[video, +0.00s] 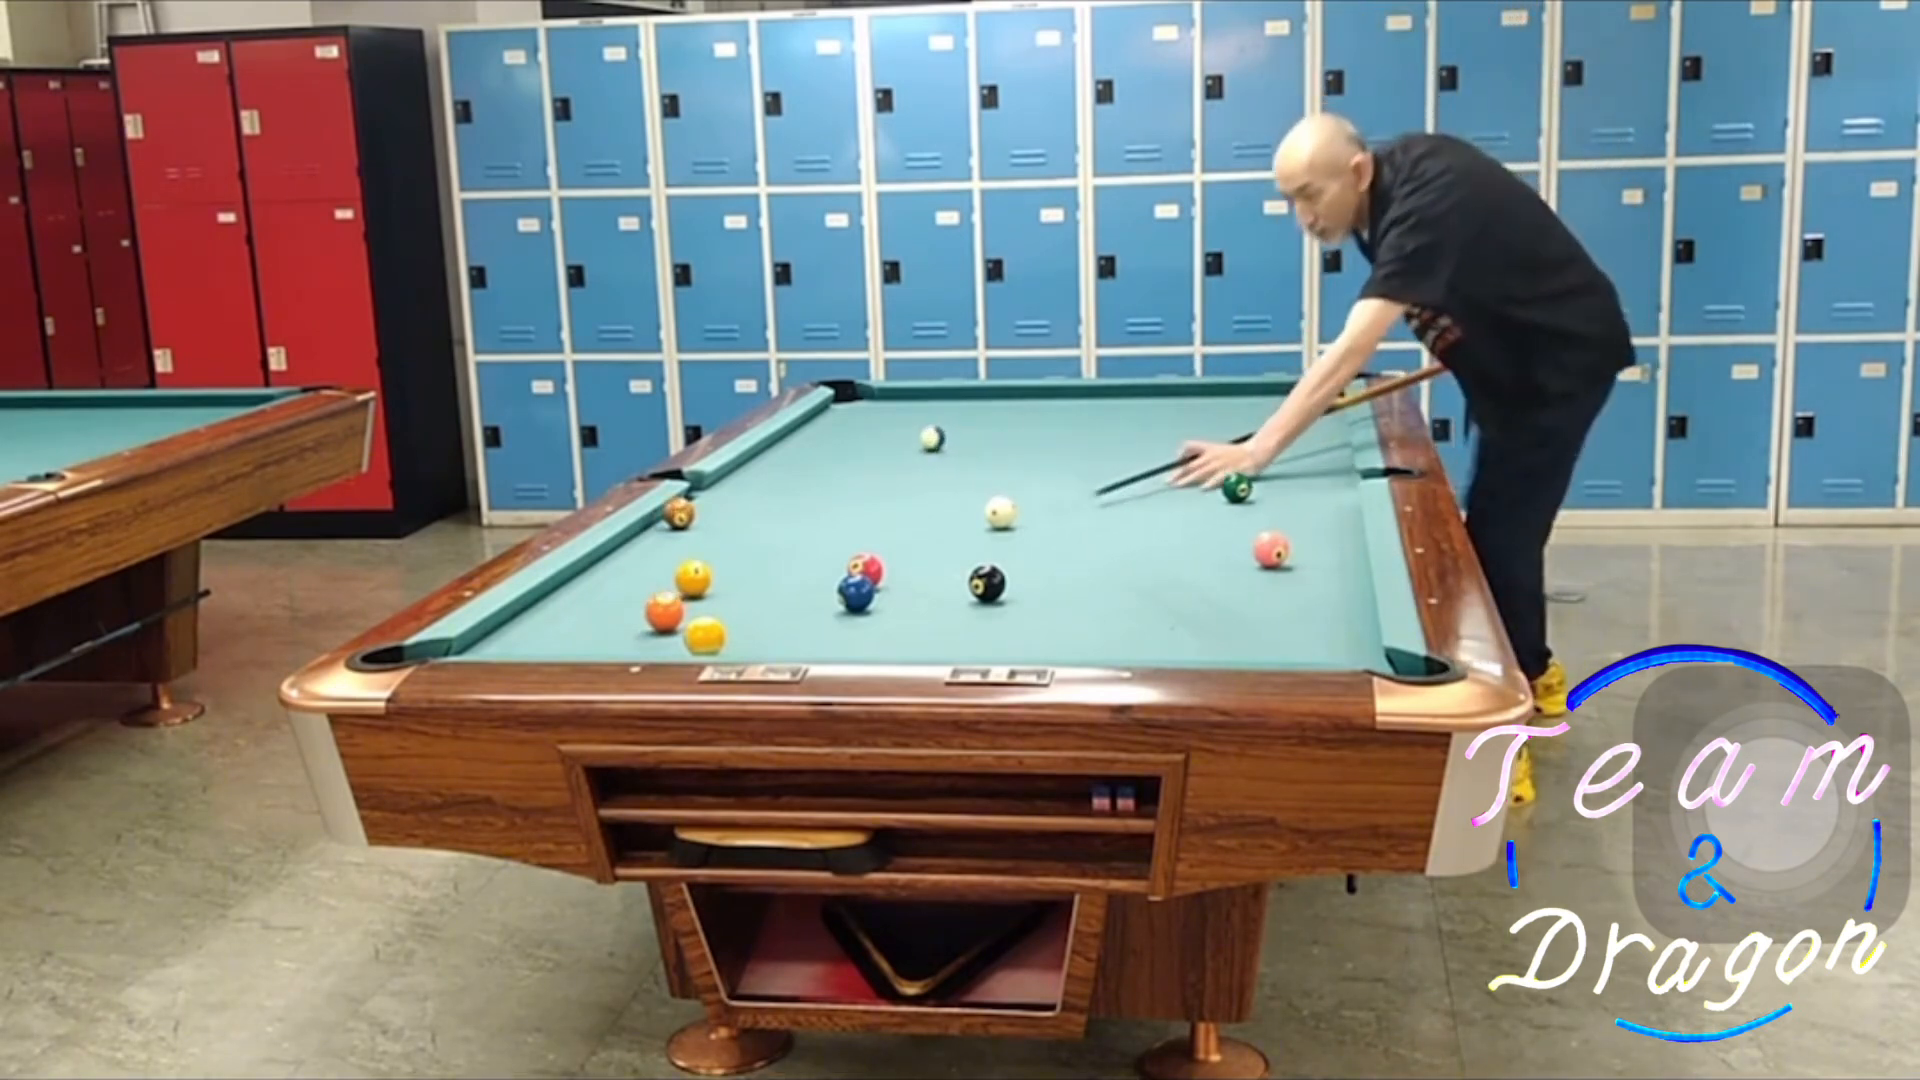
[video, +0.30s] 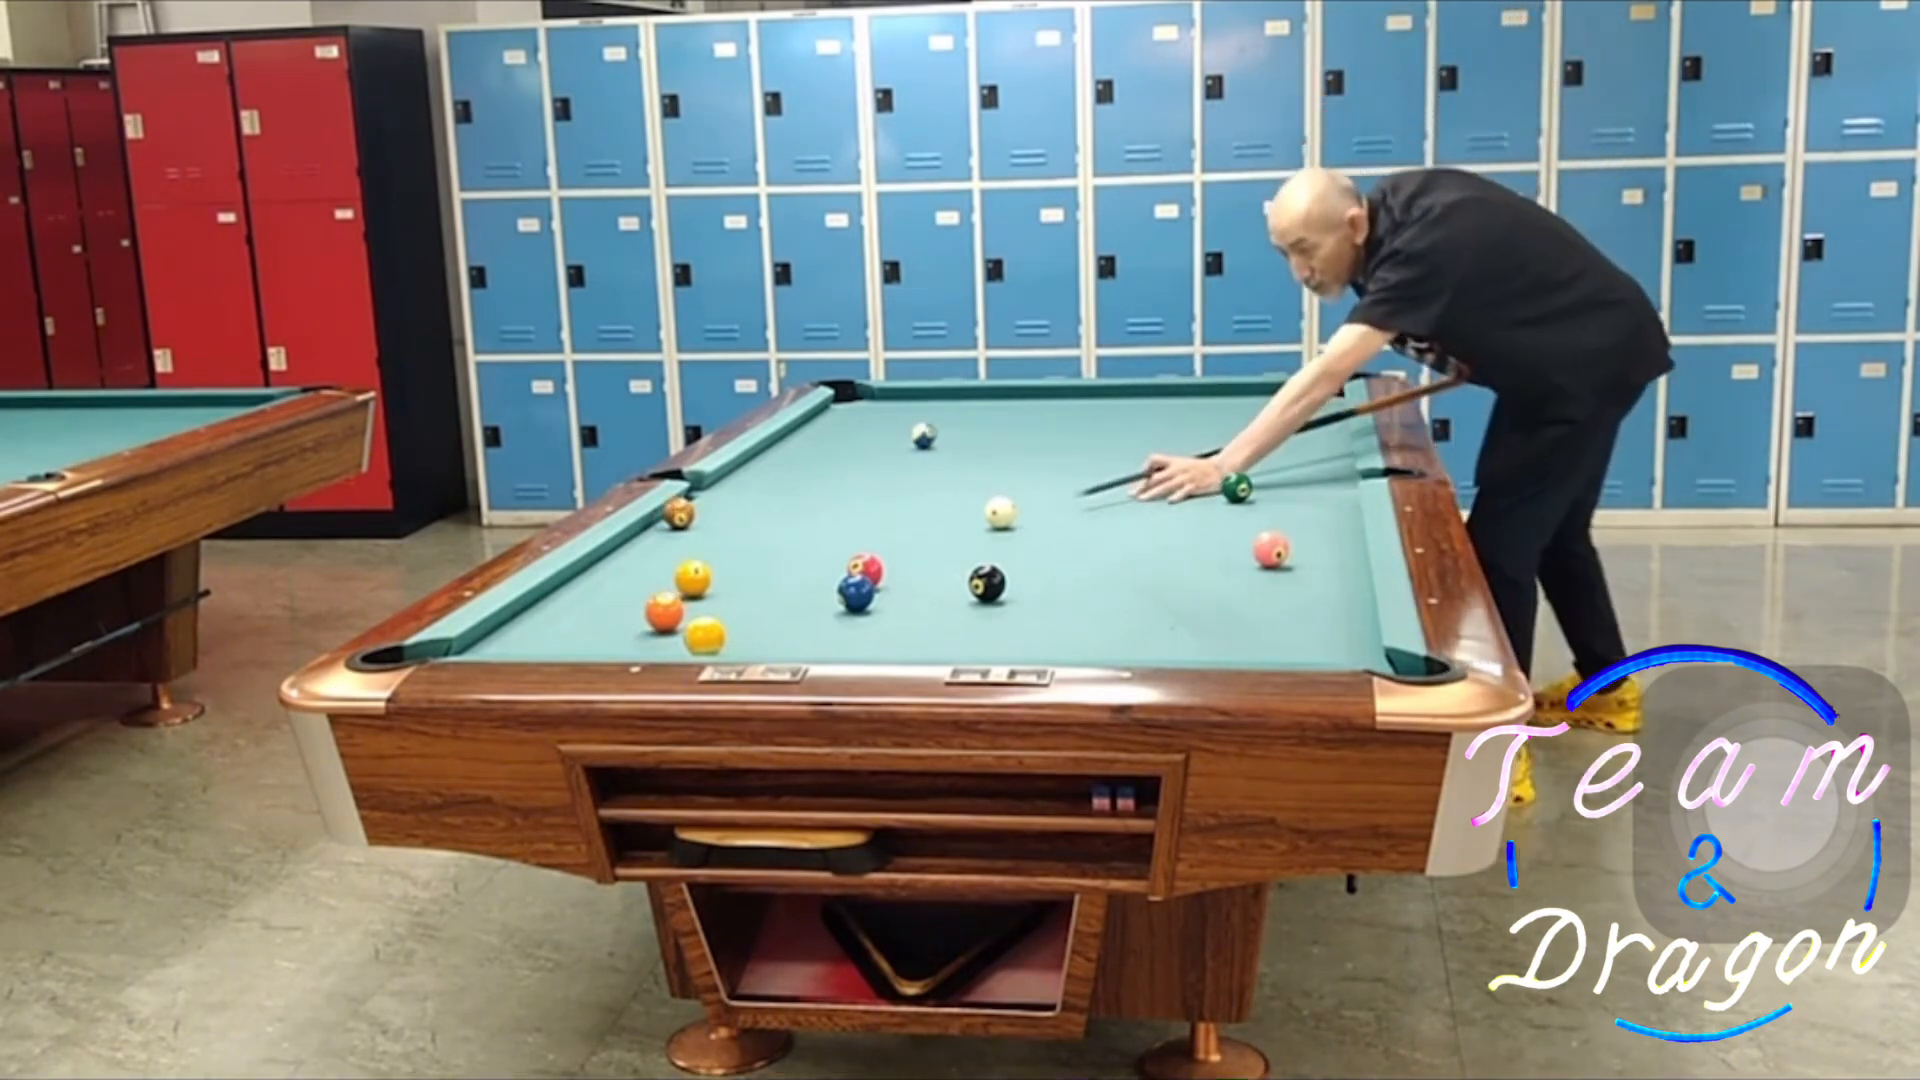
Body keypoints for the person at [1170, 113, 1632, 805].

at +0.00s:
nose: (1301, 216)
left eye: (1307, 197)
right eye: (1293, 202)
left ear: (1357, 171)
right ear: (1354, 170)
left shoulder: (1425, 206)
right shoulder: (1395, 171)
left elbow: (1351, 356)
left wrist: (1253, 452)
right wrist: (1451, 318)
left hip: (1563, 355)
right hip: (1519, 353)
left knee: (1502, 536)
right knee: (1492, 525)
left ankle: (1521, 689)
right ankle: (1527, 668)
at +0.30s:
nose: (1297, 269)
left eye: (1303, 250)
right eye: (1287, 255)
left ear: (1355, 223)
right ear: (1355, 216)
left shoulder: (1416, 254)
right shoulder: (1404, 196)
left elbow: (1327, 377)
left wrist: (1222, 464)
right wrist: (1470, 337)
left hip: (1572, 366)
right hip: (1608, 340)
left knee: (1498, 546)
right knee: (1557, 537)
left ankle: (1500, 735)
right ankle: (1612, 690)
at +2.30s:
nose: (1322, 357)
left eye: (1330, 340)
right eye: (1314, 342)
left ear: (1383, 315)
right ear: (1373, 301)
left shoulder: (1444, 342)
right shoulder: (1413, 257)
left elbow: (1349, 433)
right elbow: (1506, 231)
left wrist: (1221, 472)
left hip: (1634, 380)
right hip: (1612, 356)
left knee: (1508, 545)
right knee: (1539, 537)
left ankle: (1510, 706)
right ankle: (1608, 692)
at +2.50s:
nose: (1324, 362)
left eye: (1331, 346)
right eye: (1317, 348)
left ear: (1380, 318)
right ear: (1370, 303)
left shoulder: (1443, 341)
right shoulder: (1411, 257)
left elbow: (1348, 433)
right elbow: (1504, 230)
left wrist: (1221, 472)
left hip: (1633, 378)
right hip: (1614, 353)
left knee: (1508, 544)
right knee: (1539, 536)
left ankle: (1510, 707)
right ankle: (1607, 693)